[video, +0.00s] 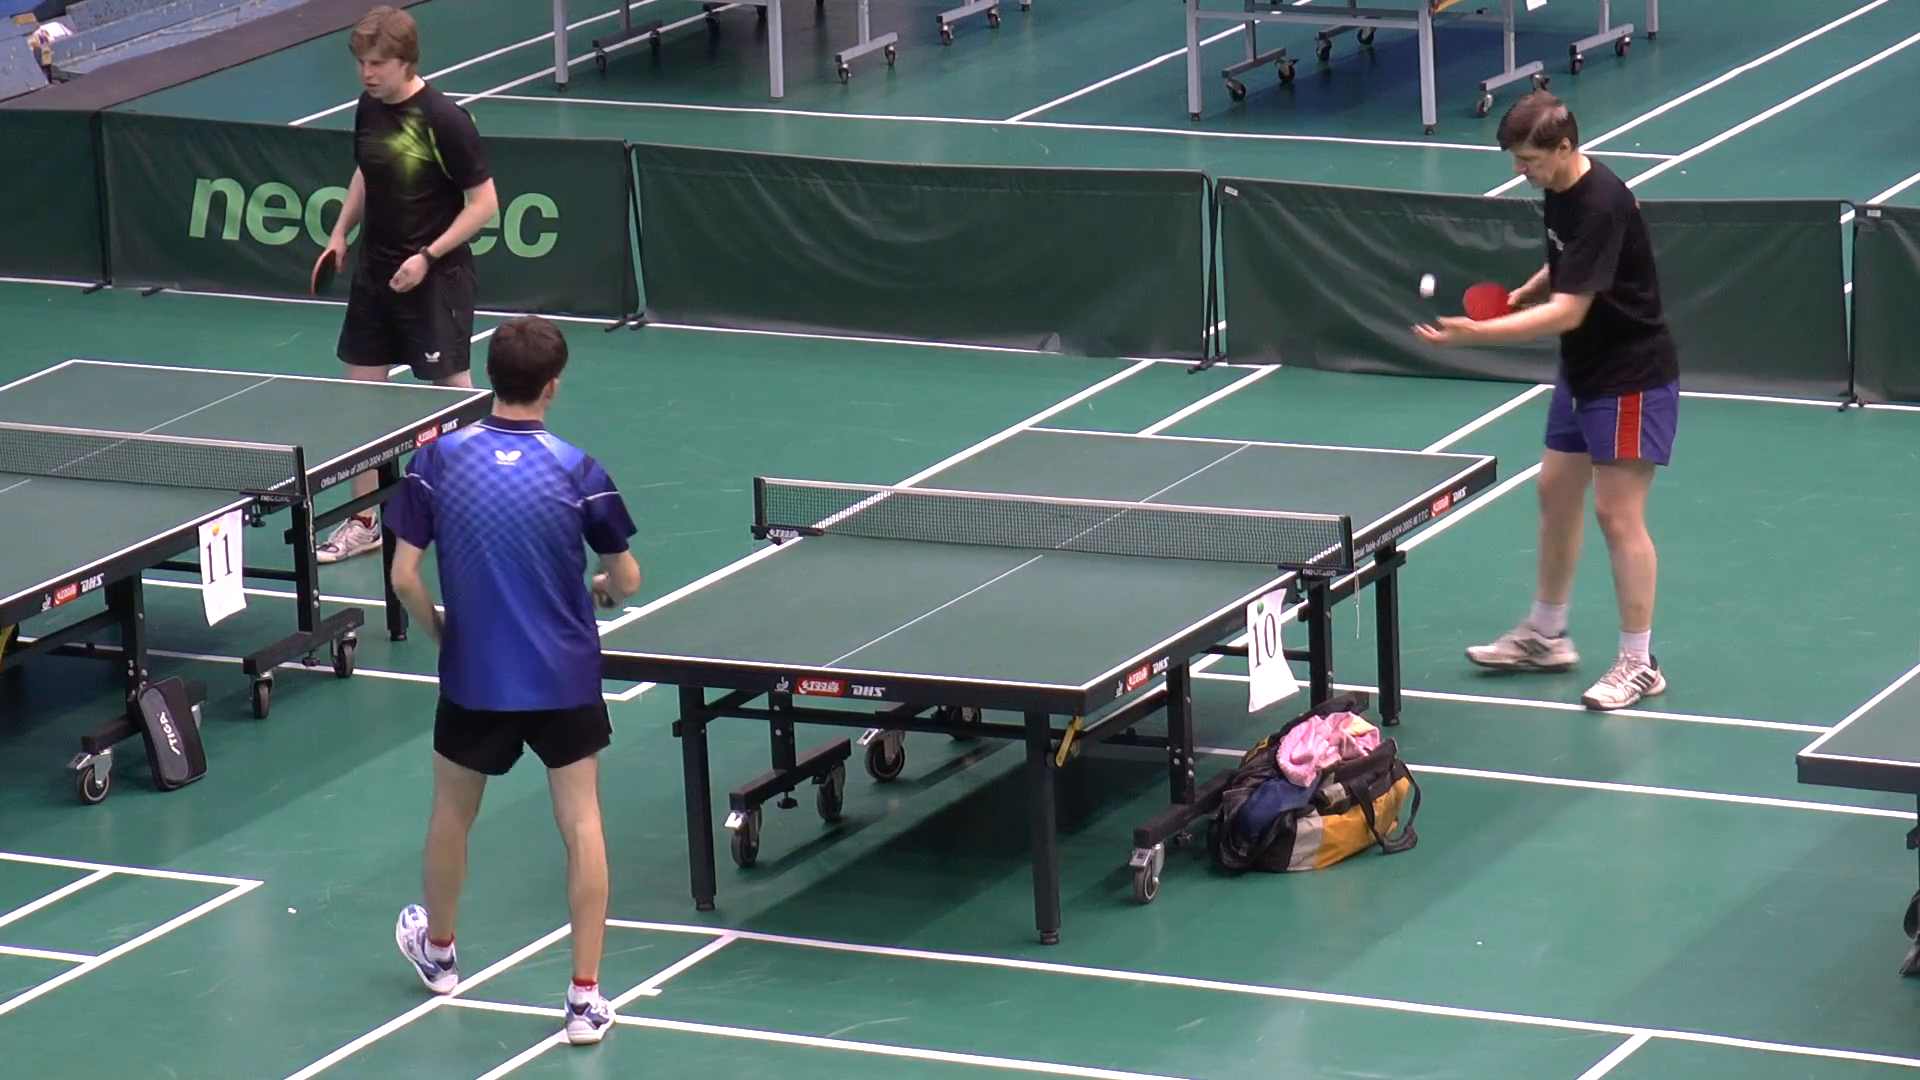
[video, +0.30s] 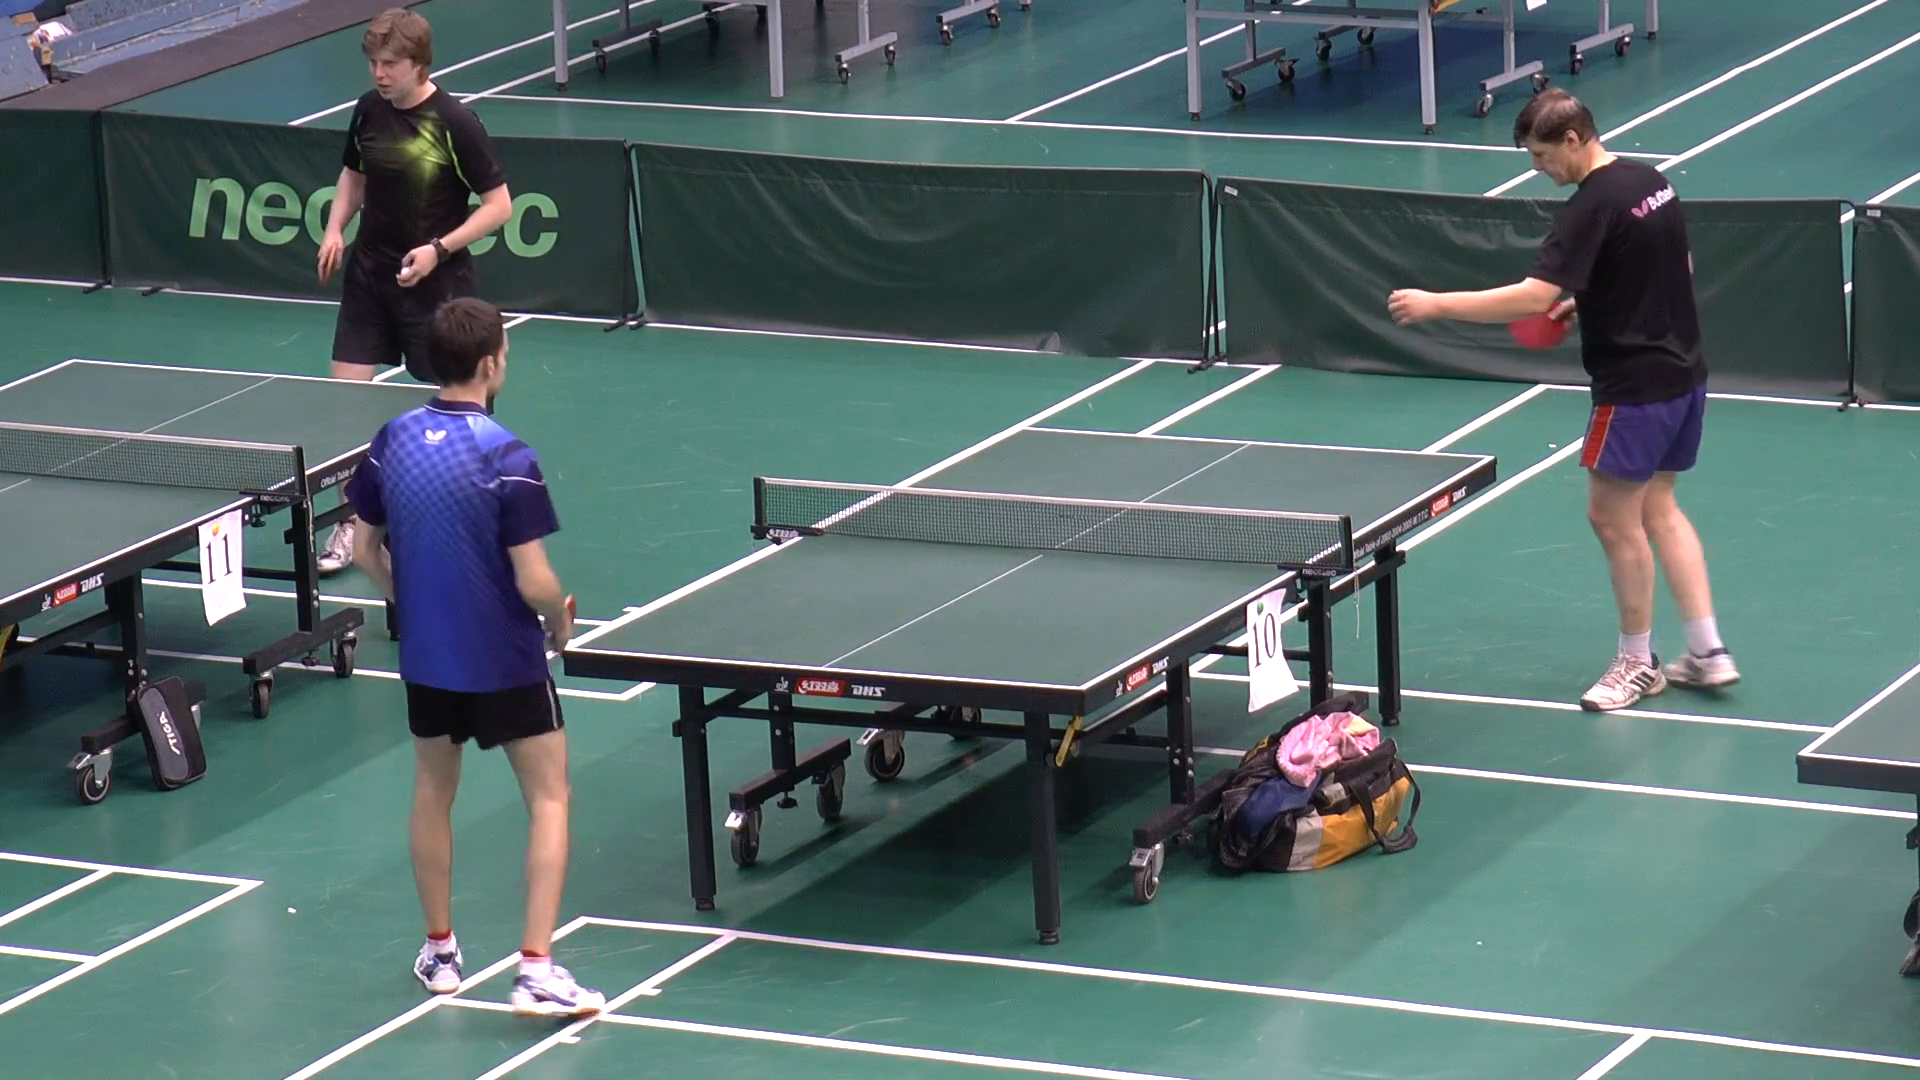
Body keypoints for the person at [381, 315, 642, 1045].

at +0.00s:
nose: (555, 388)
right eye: (557, 378)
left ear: (488, 379)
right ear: (554, 384)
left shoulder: (438, 458)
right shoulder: (578, 467)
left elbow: (404, 575)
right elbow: (627, 580)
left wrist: (435, 624)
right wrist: (601, 588)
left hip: (475, 684)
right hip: (564, 685)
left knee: (451, 816)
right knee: (583, 827)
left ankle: (437, 952)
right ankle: (585, 996)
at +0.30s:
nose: (505, 361)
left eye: (501, 351)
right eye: (502, 352)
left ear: (436, 363)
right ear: (489, 363)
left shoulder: (392, 438)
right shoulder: (506, 455)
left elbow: (364, 546)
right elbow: (535, 583)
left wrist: (405, 596)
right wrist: (560, 608)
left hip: (426, 661)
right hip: (504, 664)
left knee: (433, 789)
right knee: (548, 797)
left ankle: (440, 952)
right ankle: (537, 965)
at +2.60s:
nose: (447, 356)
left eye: (443, 345)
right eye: (443, 347)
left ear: (377, 364)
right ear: (425, 361)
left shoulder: (351, 430)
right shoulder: (439, 450)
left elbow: (329, 538)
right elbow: (454, 577)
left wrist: (379, 597)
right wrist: (515, 606)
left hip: (383, 648)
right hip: (443, 655)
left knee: (355, 780)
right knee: (474, 801)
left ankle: (340, 912)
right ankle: (486, 974)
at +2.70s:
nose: (448, 354)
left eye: (444, 343)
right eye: (444, 344)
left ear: (380, 363)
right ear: (426, 359)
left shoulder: (351, 429)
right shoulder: (438, 452)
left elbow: (330, 539)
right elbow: (450, 577)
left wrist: (380, 599)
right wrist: (509, 611)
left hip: (382, 648)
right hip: (442, 655)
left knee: (354, 780)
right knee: (474, 802)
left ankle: (340, 911)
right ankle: (486, 974)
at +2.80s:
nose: (450, 355)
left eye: (446, 344)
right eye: (446, 346)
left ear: (382, 363)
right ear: (427, 360)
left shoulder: (352, 429)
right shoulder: (437, 453)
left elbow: (330, 539)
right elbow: (446, 578)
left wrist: (382, 598)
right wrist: (505, 614)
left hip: (382, 648)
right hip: (440, 656)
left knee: (354, 778)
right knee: (473, 802)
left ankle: (340, 911)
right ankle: (486, 974)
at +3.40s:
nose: (485, 370)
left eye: (482, 359)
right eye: (482, 361)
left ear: (415, 373)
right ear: (465, 375)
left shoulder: (377, 437)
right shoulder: (457, 469)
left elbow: (337, 542)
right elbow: (474, 595)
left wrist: (386, 601)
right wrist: (536, 611)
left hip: (390, 656)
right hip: (450, 665)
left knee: (361, 782)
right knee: (520, 798)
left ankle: (341, 913)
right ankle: (489, 974)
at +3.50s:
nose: (500, 380)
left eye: (498, 368)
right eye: (497, 370)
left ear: (429, 377)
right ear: (480, 380)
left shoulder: (385, 440)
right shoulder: (475, 474)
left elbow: (335, 543)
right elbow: (502, 597)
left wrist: (386, 595)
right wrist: (555, 600)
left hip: (393, 658)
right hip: (458, 668)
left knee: (371, 779)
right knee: (526, 801)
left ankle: (350, 912)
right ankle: (490, 975)